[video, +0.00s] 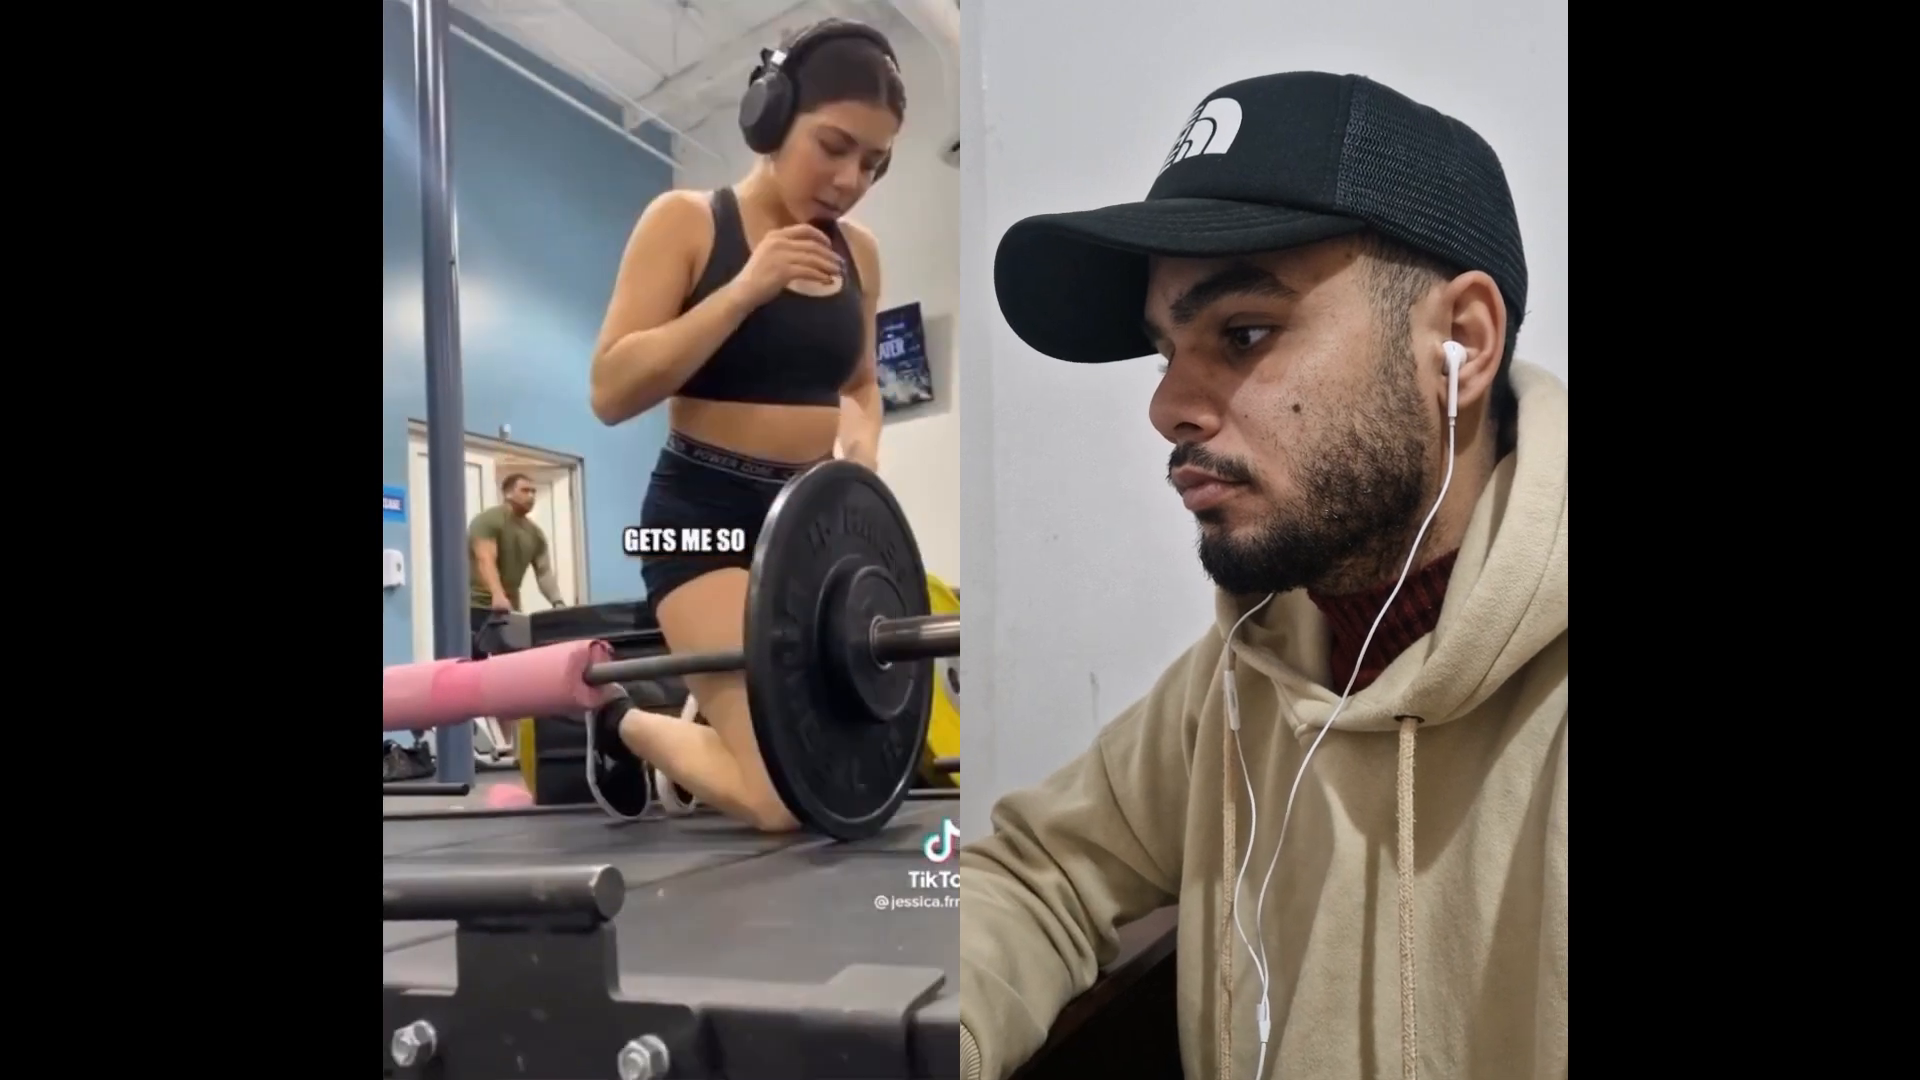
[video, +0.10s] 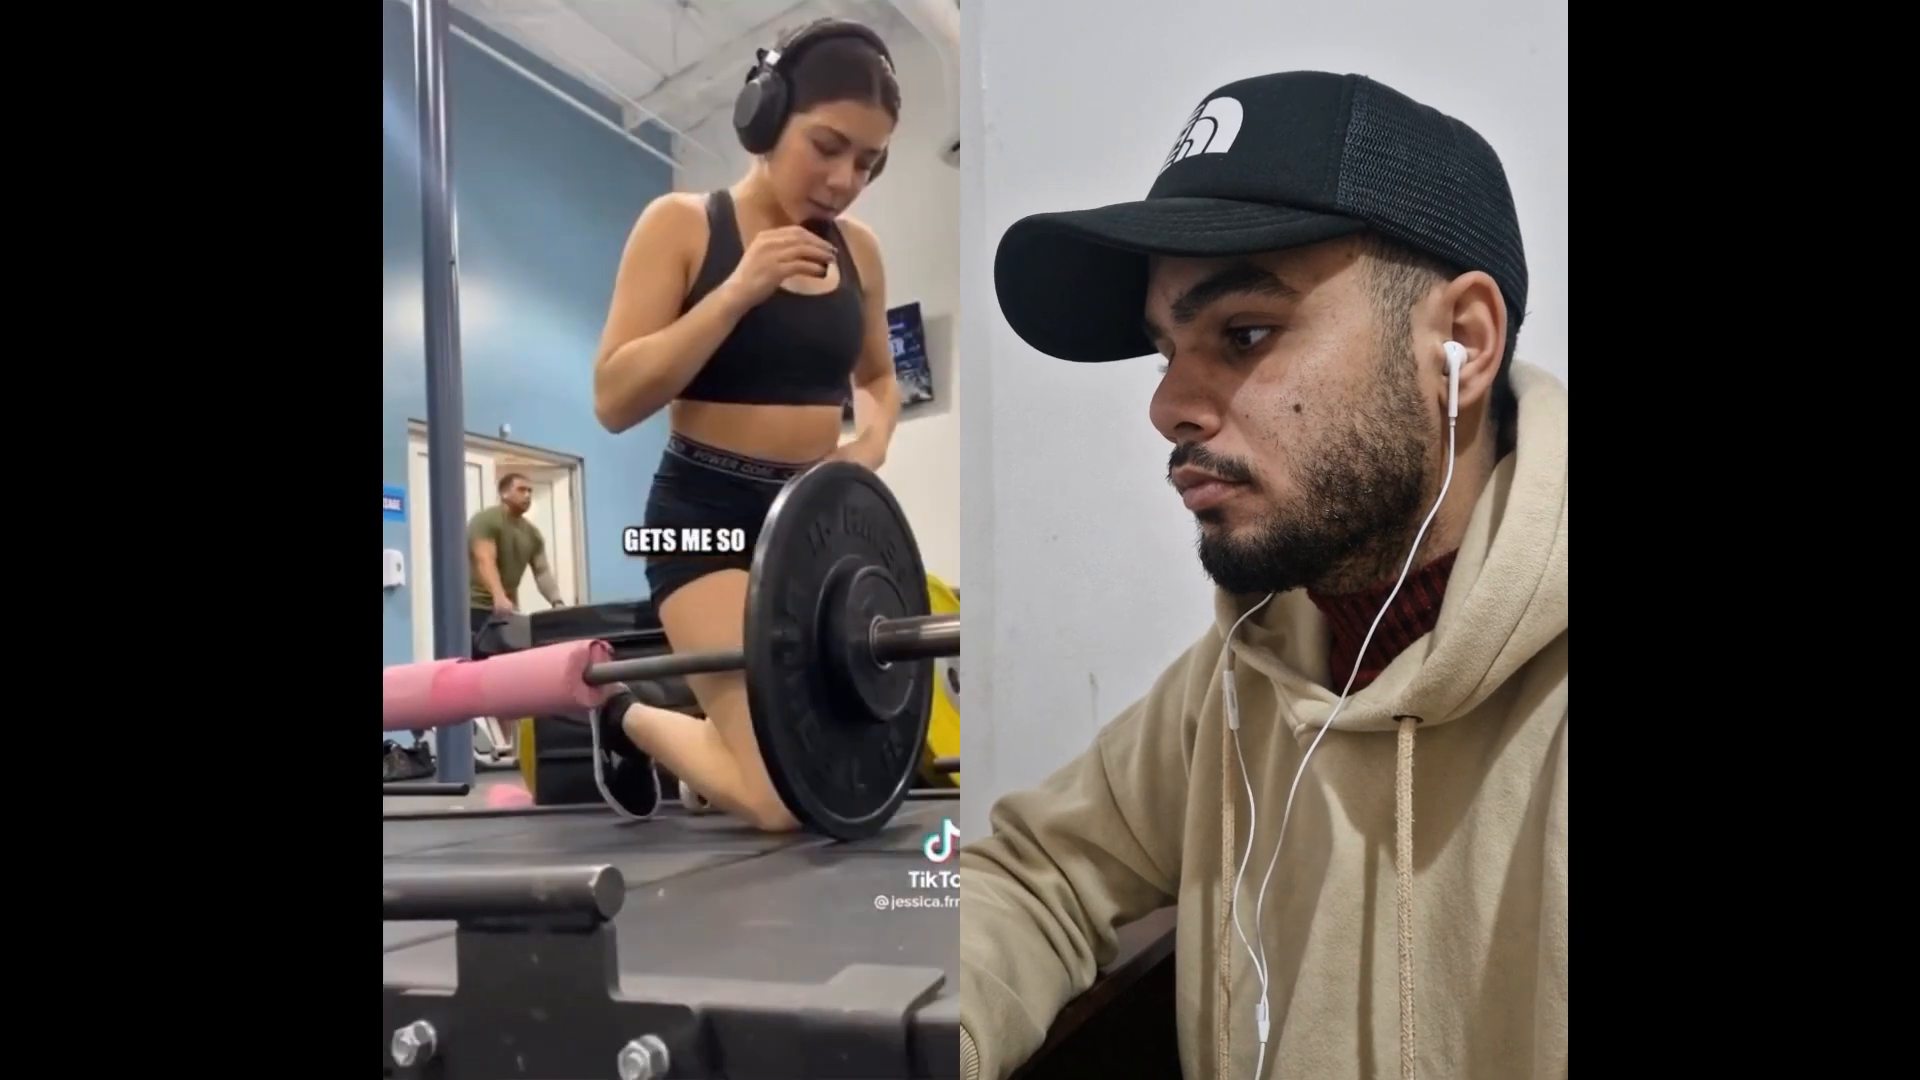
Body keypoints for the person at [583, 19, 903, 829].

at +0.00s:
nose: (850, 179)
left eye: (873, 161)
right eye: (834, 146)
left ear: (887, 159)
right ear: (777, 119)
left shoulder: (856, 250)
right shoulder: (685, 221)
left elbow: (860, 388)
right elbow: (611, 392)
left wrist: (854, 457)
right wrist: (742, 291)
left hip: (819, 512)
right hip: (708, 505)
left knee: (837, 784)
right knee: (782, 799)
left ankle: (702, 735)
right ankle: (626, 721)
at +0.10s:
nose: (845, 179)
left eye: (868, 160)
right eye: (827, 146)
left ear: (882, 156)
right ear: (771, 122)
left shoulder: (855, 246)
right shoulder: (681, 224)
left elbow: (877, 380)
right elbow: (614, 400)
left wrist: (868, 445)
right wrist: (734, 293)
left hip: (820, 510)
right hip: (709, 504)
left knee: (836, 785)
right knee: (782, 801)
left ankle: (705, 761)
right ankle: (627, 711)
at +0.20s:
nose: (841, 185)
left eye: (864, 166)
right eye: (824, 153)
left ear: (878, 164)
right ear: (767, 128)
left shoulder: (853, 249)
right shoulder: (680, 231)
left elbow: (886, 378)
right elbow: (613, 408)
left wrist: (873, 440)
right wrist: (729, 297)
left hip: (822, 513)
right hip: (710, 508)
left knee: (840, 784)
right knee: (783, 803)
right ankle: (632, 698)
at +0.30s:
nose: (841, 202)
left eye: (863, 183)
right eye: (824, 171)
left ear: (876, 180)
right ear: (767, 146)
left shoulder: (851, 263)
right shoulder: (678, 247)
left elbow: (886, 389)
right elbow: (612, 419)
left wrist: (868, 448)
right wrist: (730, 307)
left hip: (820, 525)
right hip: (709, 519)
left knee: (838, 787)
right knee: (785, 804)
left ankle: (706, 726)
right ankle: (651, 699)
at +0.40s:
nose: (839, 225)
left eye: (862, 206)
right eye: (824, 194)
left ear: (875, 203)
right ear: (768, 168)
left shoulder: (846, 284)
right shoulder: (679, 265)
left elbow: (884, 410)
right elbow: (611, 433)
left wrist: (842, 483)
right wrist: (729, 325)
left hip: (806, 542)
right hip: (698, 537)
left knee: (835, 787)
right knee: (785, 807)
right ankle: (668, 704)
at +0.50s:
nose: (837, 256)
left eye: (858, 238)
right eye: (821, 225)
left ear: (870, 232)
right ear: (766, 197)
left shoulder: (838, 308)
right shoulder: (675, 286)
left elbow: (879, 432)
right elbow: (609, 453)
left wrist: (834, 495)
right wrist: (726, 349)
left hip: (805, 561)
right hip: (693, 559)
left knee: (839, 786)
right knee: (782, 805)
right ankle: (667, 714)